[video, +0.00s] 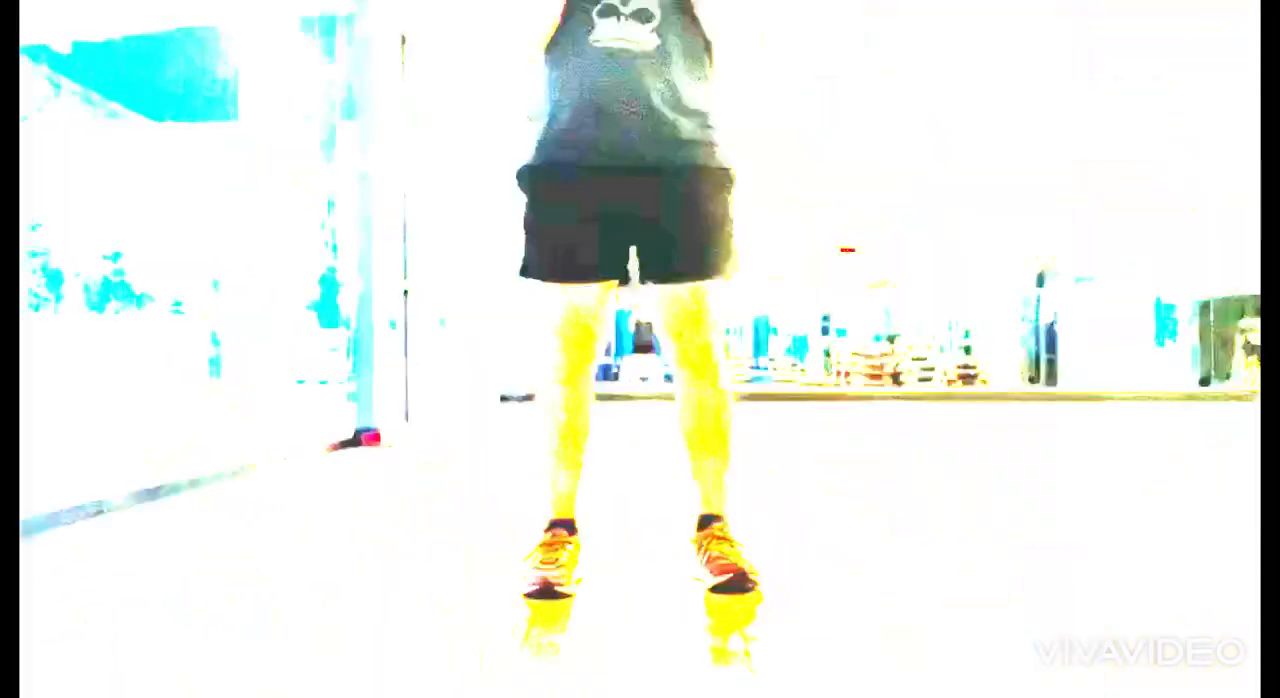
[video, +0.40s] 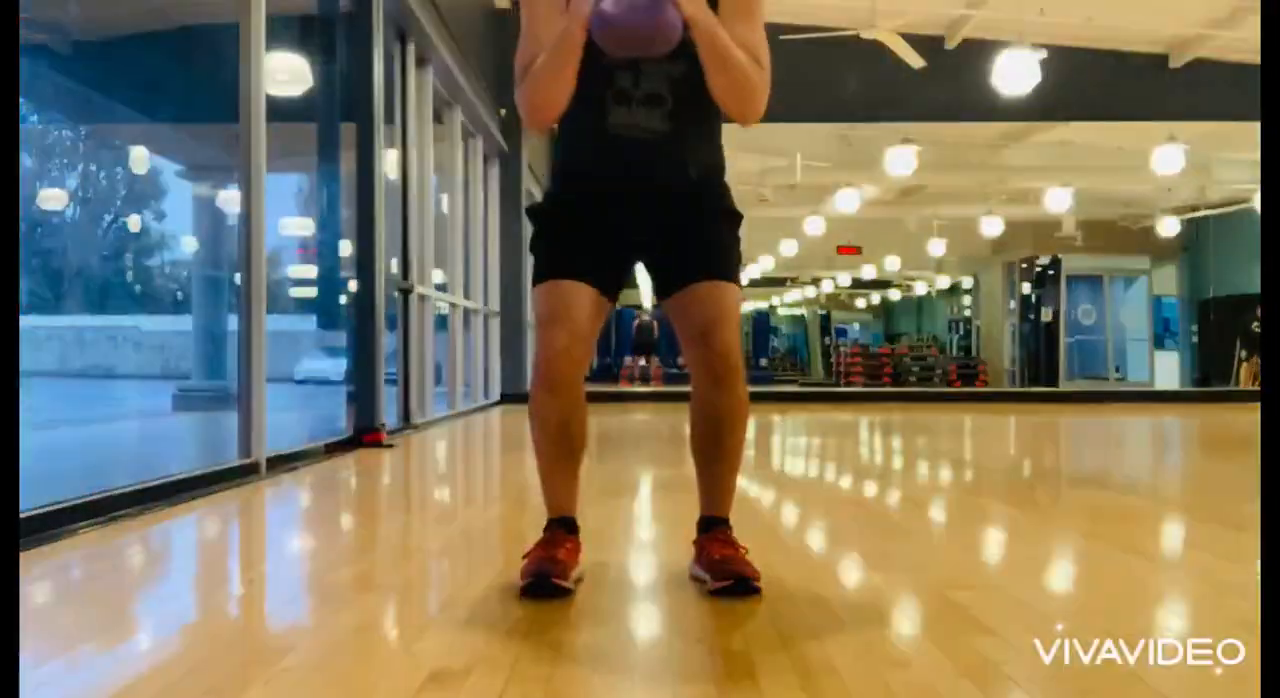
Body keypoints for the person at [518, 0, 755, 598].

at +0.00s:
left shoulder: (685, 11)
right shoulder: (564, 10)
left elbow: (712, 54)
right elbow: (529, 39)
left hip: (683, 157)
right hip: (575, 156)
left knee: (697, 351)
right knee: (571, 354)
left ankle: (715, 528)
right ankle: (560, 533)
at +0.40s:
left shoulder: (730, 3)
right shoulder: (552, 2)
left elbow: (748, 103)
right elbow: (537, 111)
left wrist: (695, 12)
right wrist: (578, 15)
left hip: (689, 197)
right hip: (585, 196)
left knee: (720, 352)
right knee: (556, 353)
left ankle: (716, 536)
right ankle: (559, 533)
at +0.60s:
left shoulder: (729, 71)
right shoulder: (556, 70)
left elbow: (744, 201)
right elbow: (532, 206)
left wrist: (696, 106)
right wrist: (579, 113)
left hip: (687, 272)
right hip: (585, 271)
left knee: (726, 368)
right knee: (546, 374)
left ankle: (716, 536)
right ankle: (559, 536)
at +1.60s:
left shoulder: (763, 1)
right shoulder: (577, 2)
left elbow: (780, 108)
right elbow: (556, 114)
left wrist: (726, 14)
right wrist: (604, 14)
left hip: (709, 205)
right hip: (601, 202)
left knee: (726, 377)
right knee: (566, 366)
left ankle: (715, 537)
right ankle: (562, 528)